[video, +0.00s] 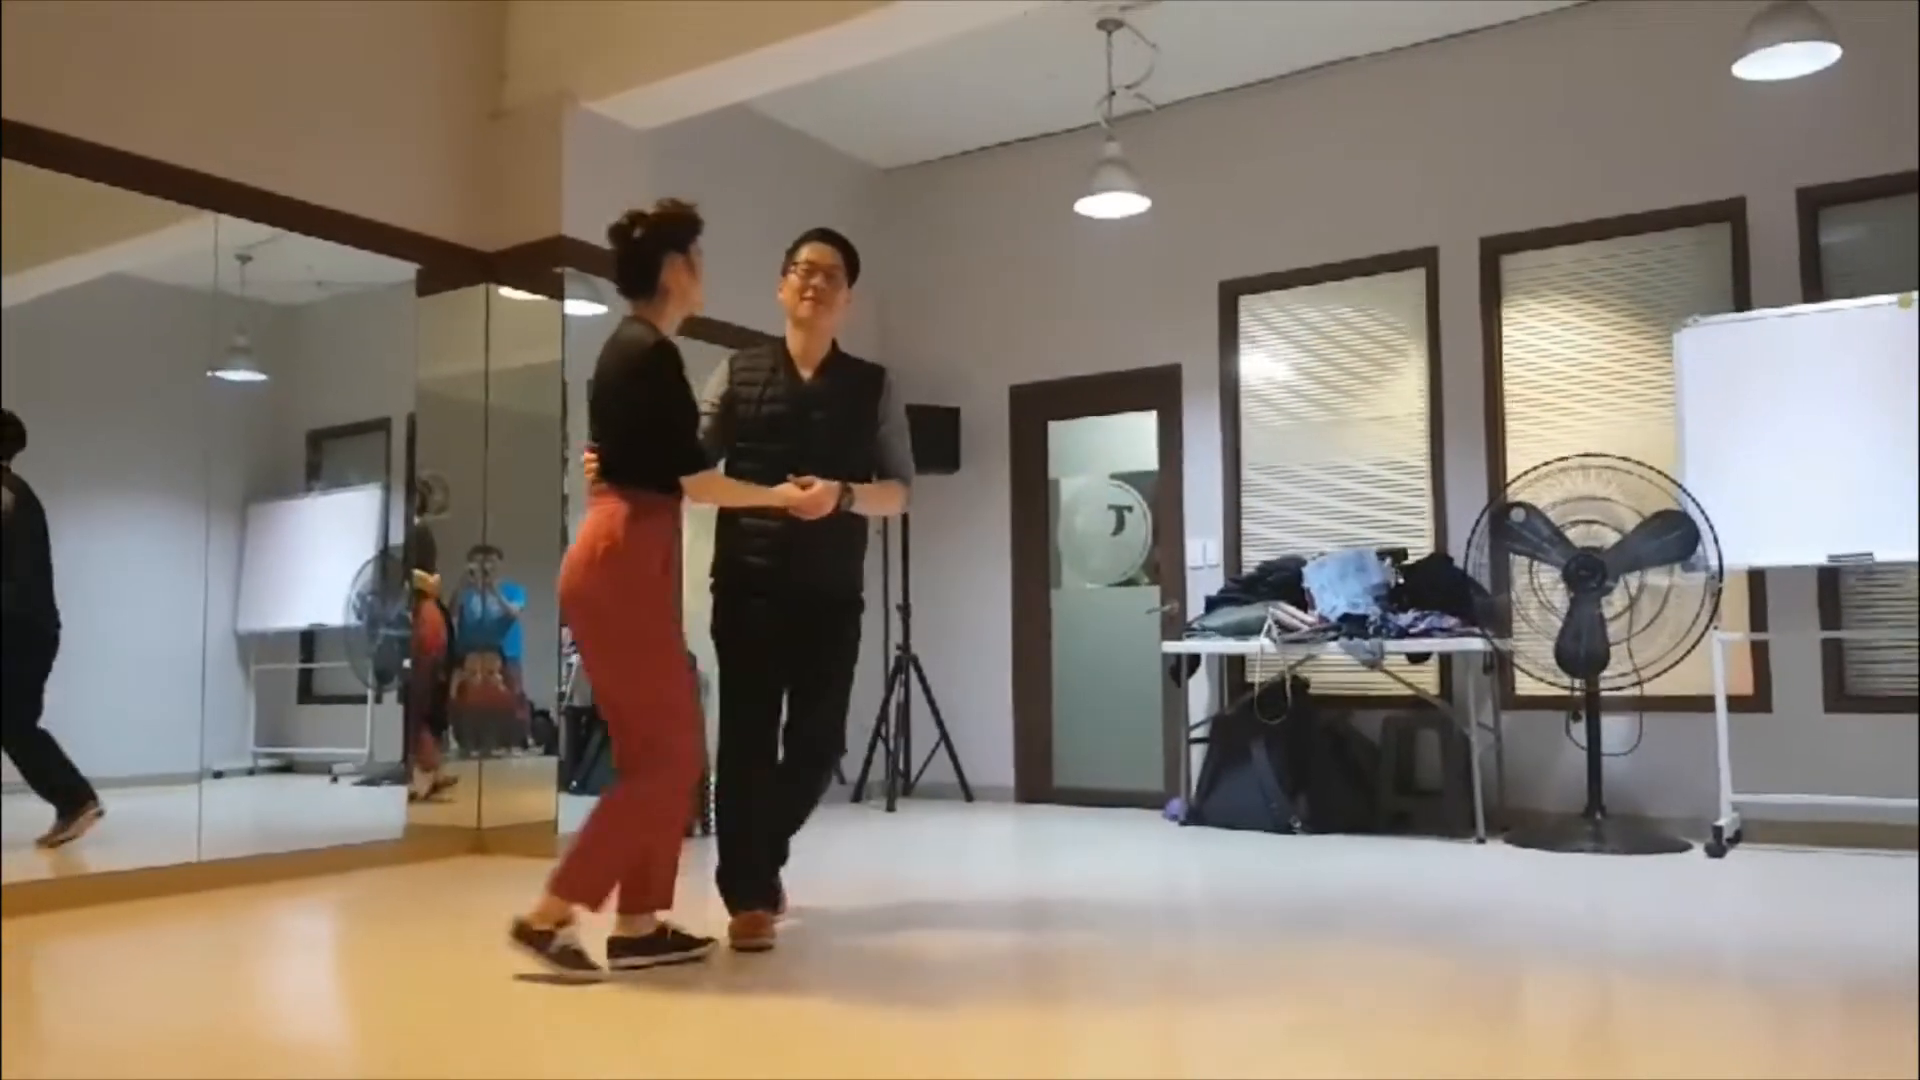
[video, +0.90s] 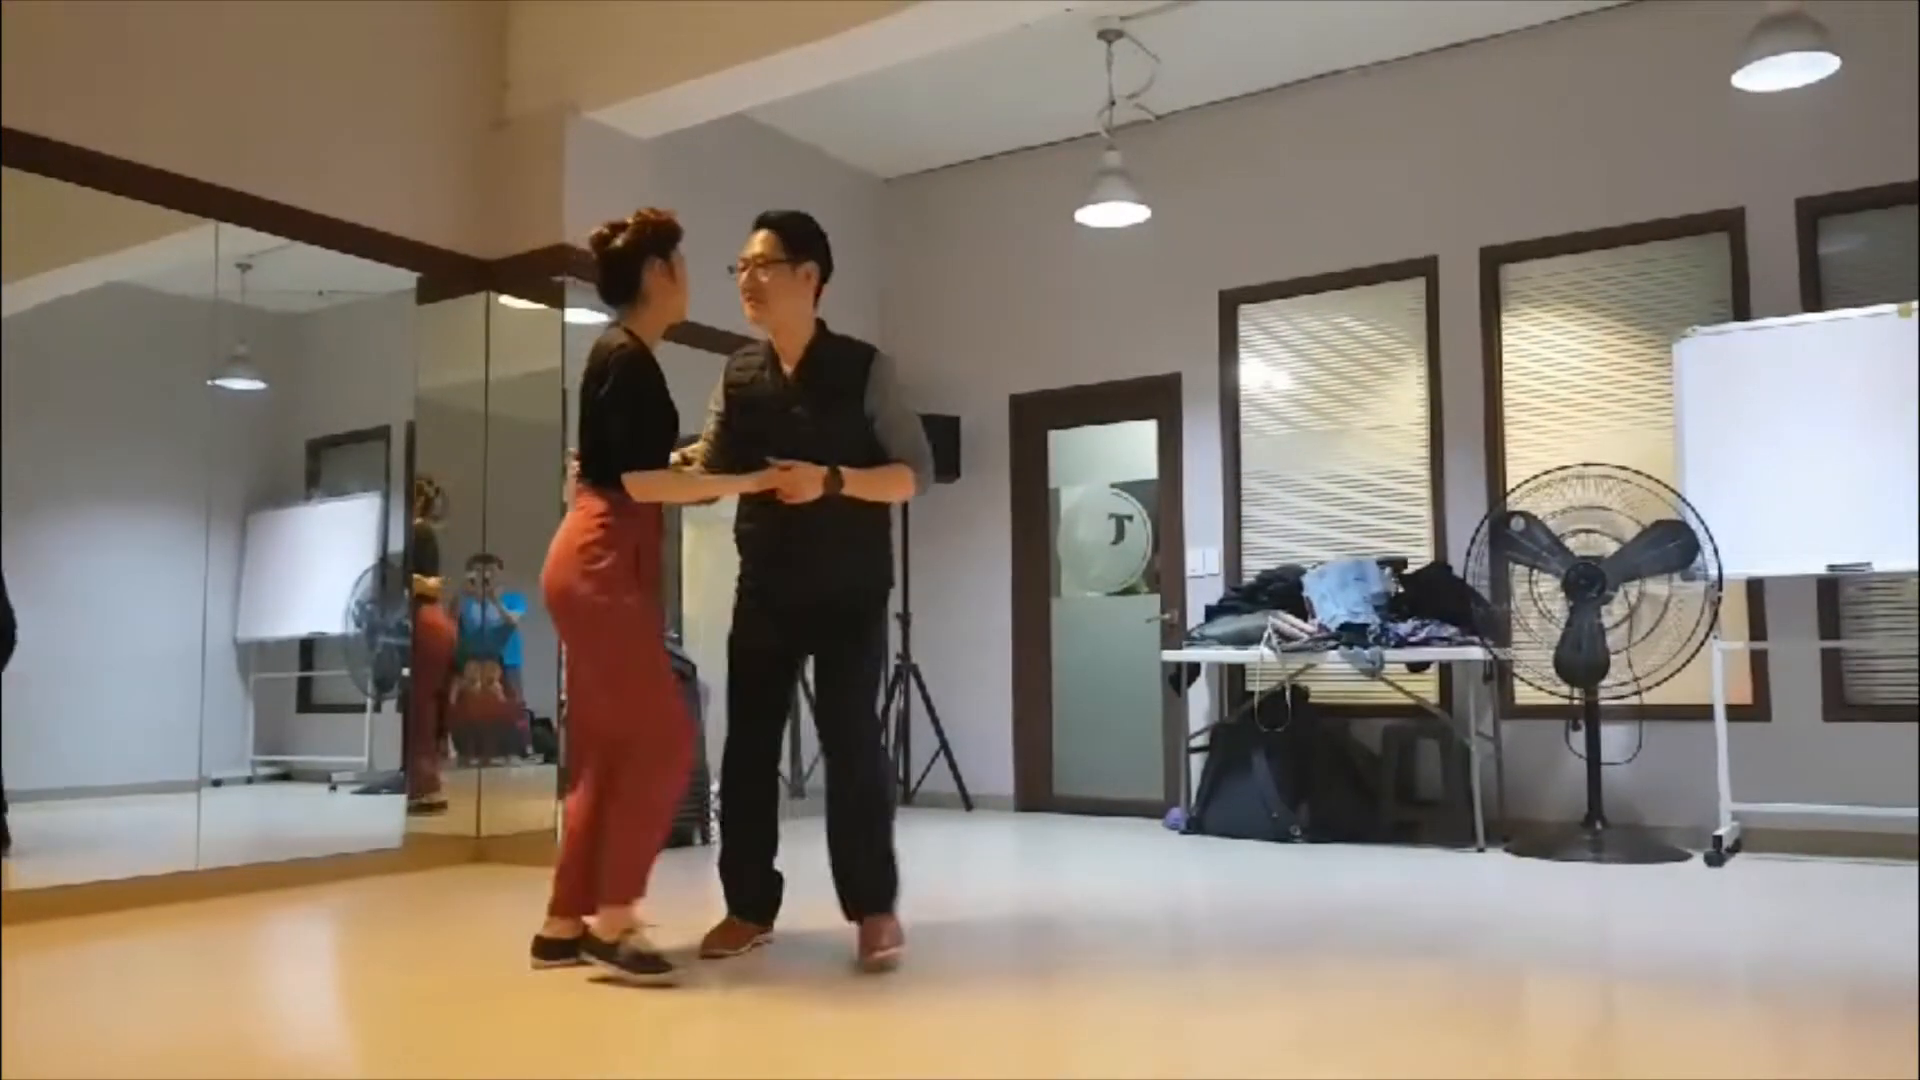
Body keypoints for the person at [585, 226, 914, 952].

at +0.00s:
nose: (811, 283)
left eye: (827, 275)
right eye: (801, 271)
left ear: (848, 297)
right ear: (781, 287)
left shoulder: (871, 386)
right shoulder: (741, 371)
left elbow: (898, 493)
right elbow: (689, 461)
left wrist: (842, 495)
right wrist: (612, 462)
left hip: (830, 595)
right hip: (748, 588)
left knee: (819, 745)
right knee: (746, 743)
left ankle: (763, 859)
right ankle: (748, 903)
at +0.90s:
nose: (745, 278)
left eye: (762, 265)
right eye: (742, 267)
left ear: (811, 277)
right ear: (746, 282)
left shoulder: (867, 369)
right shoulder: (741, 370)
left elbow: (912, 477)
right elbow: (712, 467)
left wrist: (832, 479)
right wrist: (625, 473)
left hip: (850, 587)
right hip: (766, 586)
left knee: (851, 743)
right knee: (749, 747)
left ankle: (875, 911)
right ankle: (748, 910)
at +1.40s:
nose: (830, 236)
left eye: (845, 221)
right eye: (831, 223)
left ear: (898, 229)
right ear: (867, 236)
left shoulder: (967, 317)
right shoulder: (857, 347)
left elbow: (1036, 421)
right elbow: (782, 434)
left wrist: (927, 443)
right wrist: (709, 455)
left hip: (992, 564)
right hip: (917, 568)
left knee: (929, 728)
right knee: (881, 725)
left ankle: (927, 929)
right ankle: (973, 889)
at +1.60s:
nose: (856, 248)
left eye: (871, 232)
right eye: (859, 234)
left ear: (921, 243)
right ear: (900, 247)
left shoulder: (992, 335)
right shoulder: (886, 362)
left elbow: (1062, 443)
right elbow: (814, 440)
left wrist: (948, 459)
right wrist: (746, 459)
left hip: (1007, 578)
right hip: (950, 581)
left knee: (910, 731)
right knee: (910, 734)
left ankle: (984, 938)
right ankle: (962, 921)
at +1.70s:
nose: (860, 242)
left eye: (873, 225)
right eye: (863, 227)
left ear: (921, 234)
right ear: (909, 238)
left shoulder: (988, 322)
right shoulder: (905, 358)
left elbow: (1059, 431)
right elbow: (841, 458)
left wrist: (939, 460)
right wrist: (763, 478)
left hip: (1016, 582)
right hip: (970, 585)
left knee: (918, 747)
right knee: (931, 745)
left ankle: (998, 964)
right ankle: (968, 927)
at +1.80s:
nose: (864, 218)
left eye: (874, 200)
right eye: (868, 203)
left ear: (915, 206)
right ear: (920, 210)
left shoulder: (970, 290)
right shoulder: (937, 308)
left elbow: (1033, 400)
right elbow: (952, 420)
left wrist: (908, 432)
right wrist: (881, 453)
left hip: (1021, 565)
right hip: (990, 565)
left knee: (941, 744)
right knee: (942, 738)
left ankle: (1002, 970)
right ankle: (977, 915)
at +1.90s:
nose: (886, 194)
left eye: (891, 177)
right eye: (889, 178)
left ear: (923, 176)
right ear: (969, 182)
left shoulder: (956, 259)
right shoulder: (1007, 266)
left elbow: (980, 363)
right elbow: (1009, 406)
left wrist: (851, 397)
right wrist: (907, 460)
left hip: (1019, 538)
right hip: (1066, 531)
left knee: (956, 740)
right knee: (1001, 719)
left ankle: (995, 970)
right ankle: (1086, 895)